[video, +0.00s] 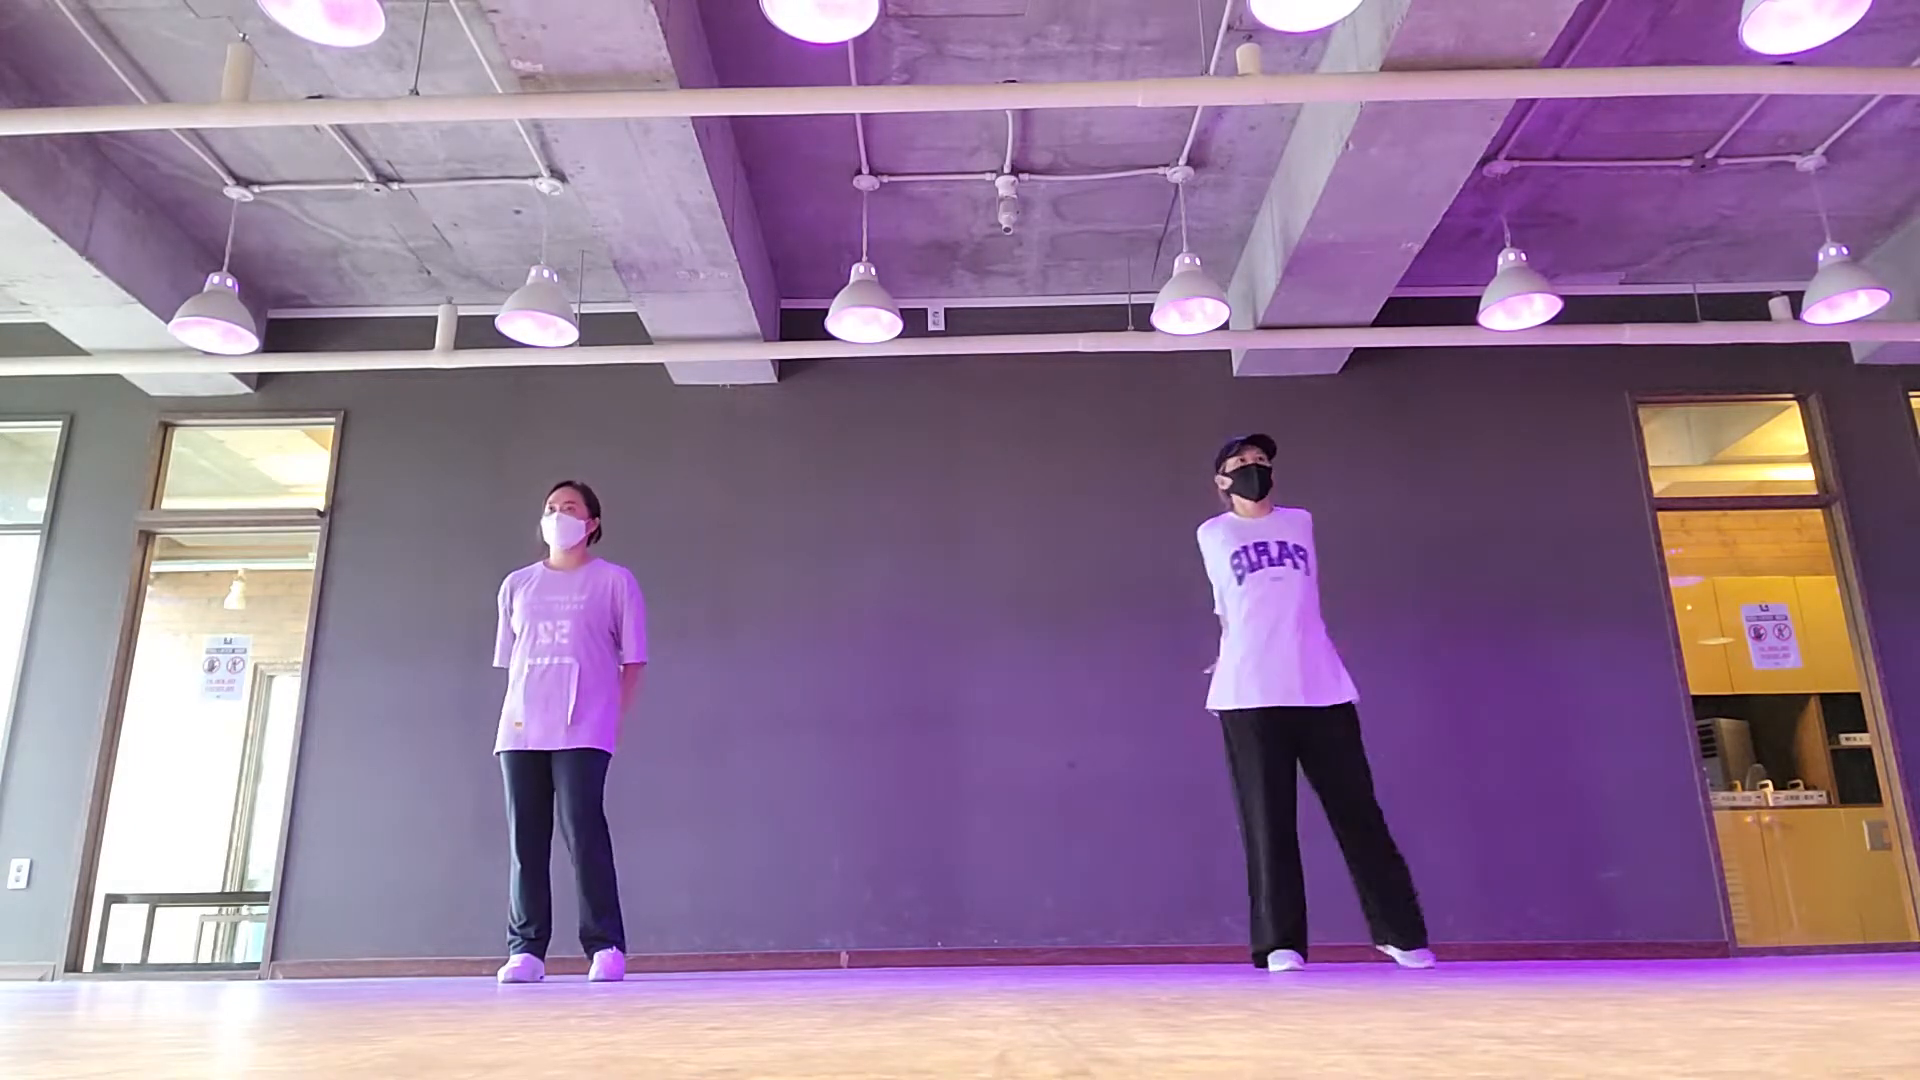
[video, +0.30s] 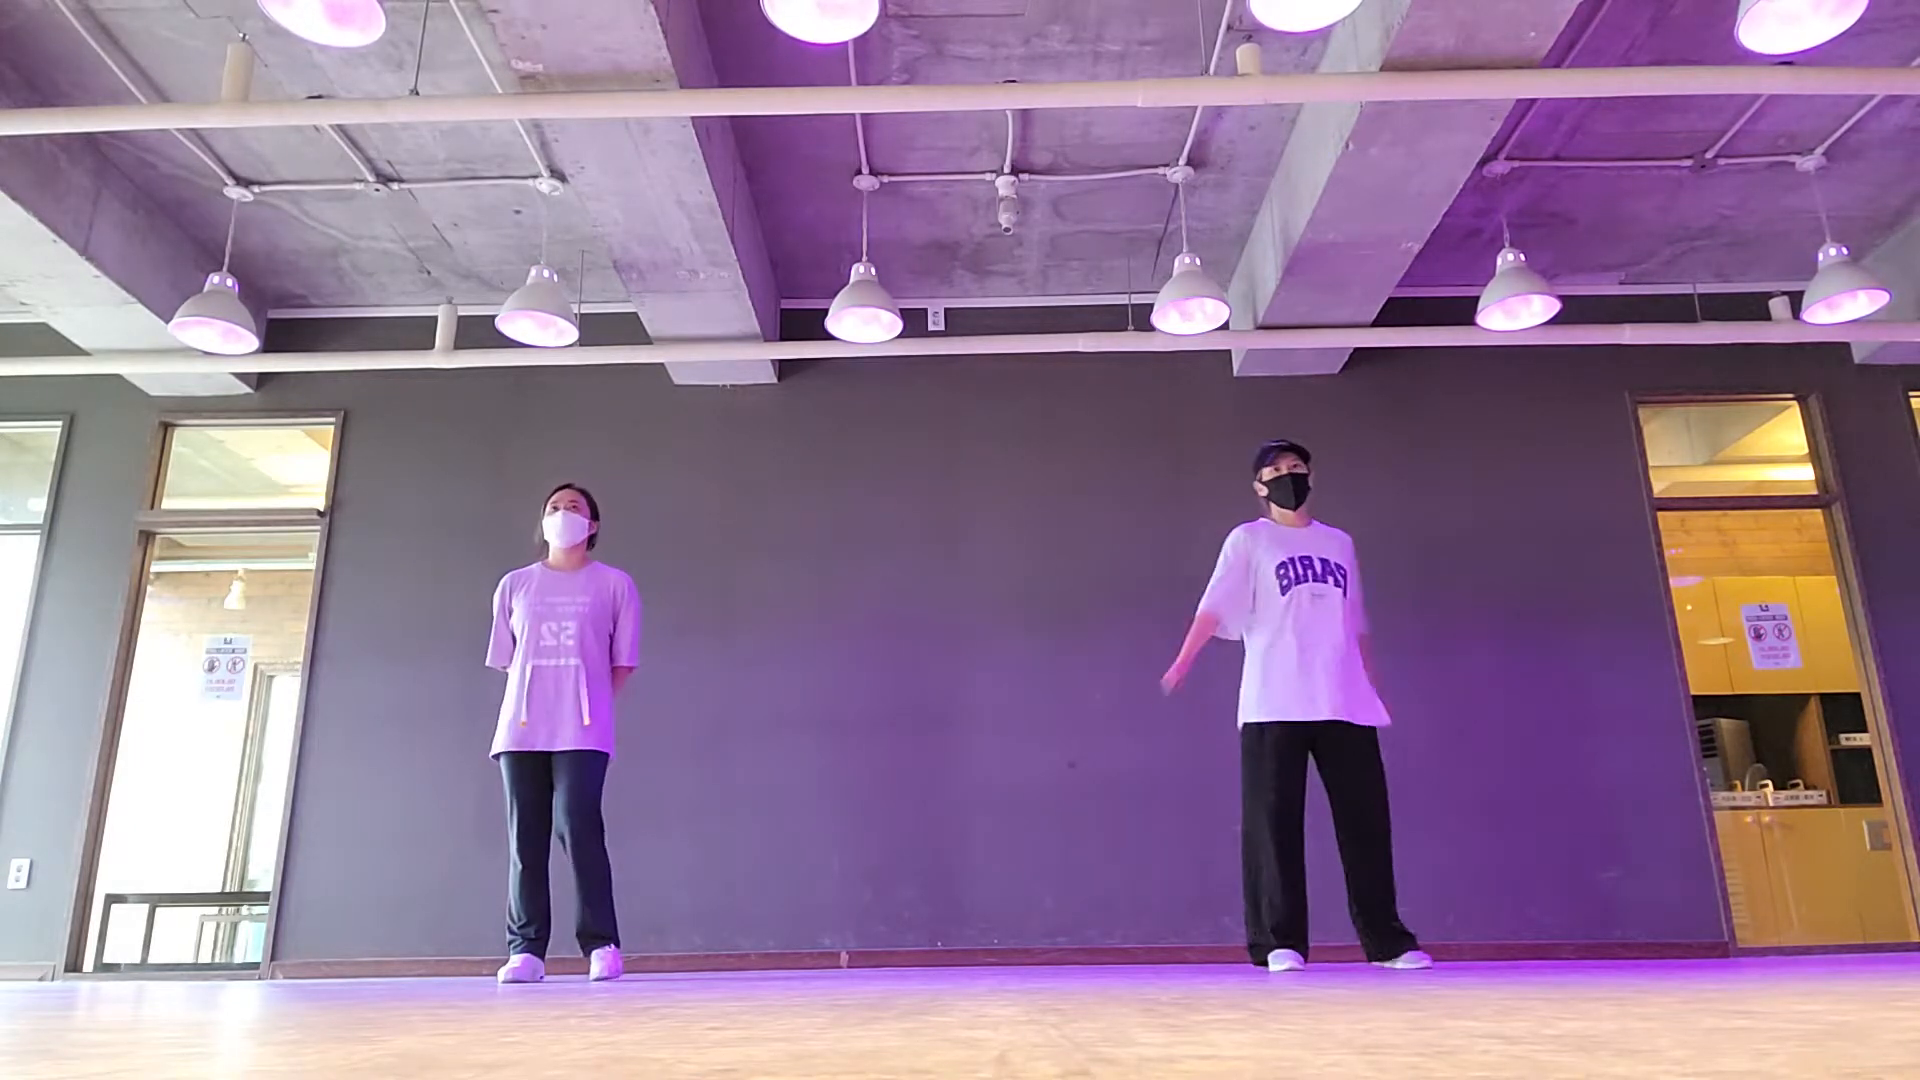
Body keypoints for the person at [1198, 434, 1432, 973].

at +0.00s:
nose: (1254, 474)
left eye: (1261, 465)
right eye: (1241, 468)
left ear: (1272, 473)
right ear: (1221, 482)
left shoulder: (1300, 522)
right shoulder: (1213, 535)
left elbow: (1305, 598)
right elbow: (1230, 609)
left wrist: (1294, 656)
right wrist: (1238, 662)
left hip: (1322, 690)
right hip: (1253, 697)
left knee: (1360, 815)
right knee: (1268, 827)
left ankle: (1399, 932)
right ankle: (1279, 947)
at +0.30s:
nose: (1289, 474)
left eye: (1297, 466)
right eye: (1276, 468)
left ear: (1310, 477)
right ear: (1260, 485)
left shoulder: (1340, 543)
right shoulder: (1247, 541)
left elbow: (1356, 630)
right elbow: (1212, 610)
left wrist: (1369, 693)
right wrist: (1180, 665)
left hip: (1343, 703)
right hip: (1274, 705)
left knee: (1367, 824)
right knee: (1274, 829)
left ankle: (1386, 943)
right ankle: (1278, 945)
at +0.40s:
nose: (1298, 480)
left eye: (1306, 472)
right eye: (1285, 474)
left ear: (1319, 482)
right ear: (1268, 488)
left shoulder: (1347, 546)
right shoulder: (1255, 539)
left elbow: (1387, 622)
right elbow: (1231, 606)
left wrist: (1432, 676)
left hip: (1350, 707)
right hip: (1281, 709)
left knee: (1367, 832)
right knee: (1282, 834)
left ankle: (1388, 948)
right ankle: (1282, 947)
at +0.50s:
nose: (1308, 482)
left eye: (1316, 474)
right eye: (1295, 476)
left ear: (1329, 484)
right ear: (1278, 489)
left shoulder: (1358, 548)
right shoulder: (1266, 534)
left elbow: (1405, 599)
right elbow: (1278, 557)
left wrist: (1455, 617)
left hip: (1355, 705)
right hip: (1284, 705)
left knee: (1371, 831)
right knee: (1287, 832)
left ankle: (1390, 946)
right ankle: (1283, 946)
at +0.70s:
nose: (1312, 488)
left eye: (1322, 479)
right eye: (1301, 481)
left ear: (1336, 486)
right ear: (1284, 489)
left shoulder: (1371, 544)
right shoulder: (1272, 535)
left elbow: (1403, 588)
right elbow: (1320, 561)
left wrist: (1423, 556)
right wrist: (1395, 538)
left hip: (1359, 702)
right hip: (1287, 699)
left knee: (1368, 824)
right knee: (1283, 822)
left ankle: (1387, 946)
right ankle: (1273, 943)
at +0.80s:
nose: (1306, 486)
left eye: (1315, 477)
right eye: (1295, 479)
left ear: (1330, 487)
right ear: (1280, 491)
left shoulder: (1366, 544)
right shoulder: (1266, 536)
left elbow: (1390, 606)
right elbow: (1312, 574)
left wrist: (1408, 582)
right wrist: (1389, 572)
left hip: (1359, 704)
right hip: (1286, 702)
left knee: (1370, 829)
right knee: (1279, 829)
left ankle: (1386, 947)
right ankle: (1270, 944)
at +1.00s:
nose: (1290, 484)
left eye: (1299, 476)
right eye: (1279, 478)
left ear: (1314, 486)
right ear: (1264, 491)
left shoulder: (1347, 543)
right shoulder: (1249, 543)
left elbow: (1369, 626)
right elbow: (1256, 609)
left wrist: (1386, 690)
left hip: (1348, 708)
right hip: (1277, 712)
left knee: (1367, 830)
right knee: (1276, 832)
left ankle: (1389, 946)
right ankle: (1274, 946)